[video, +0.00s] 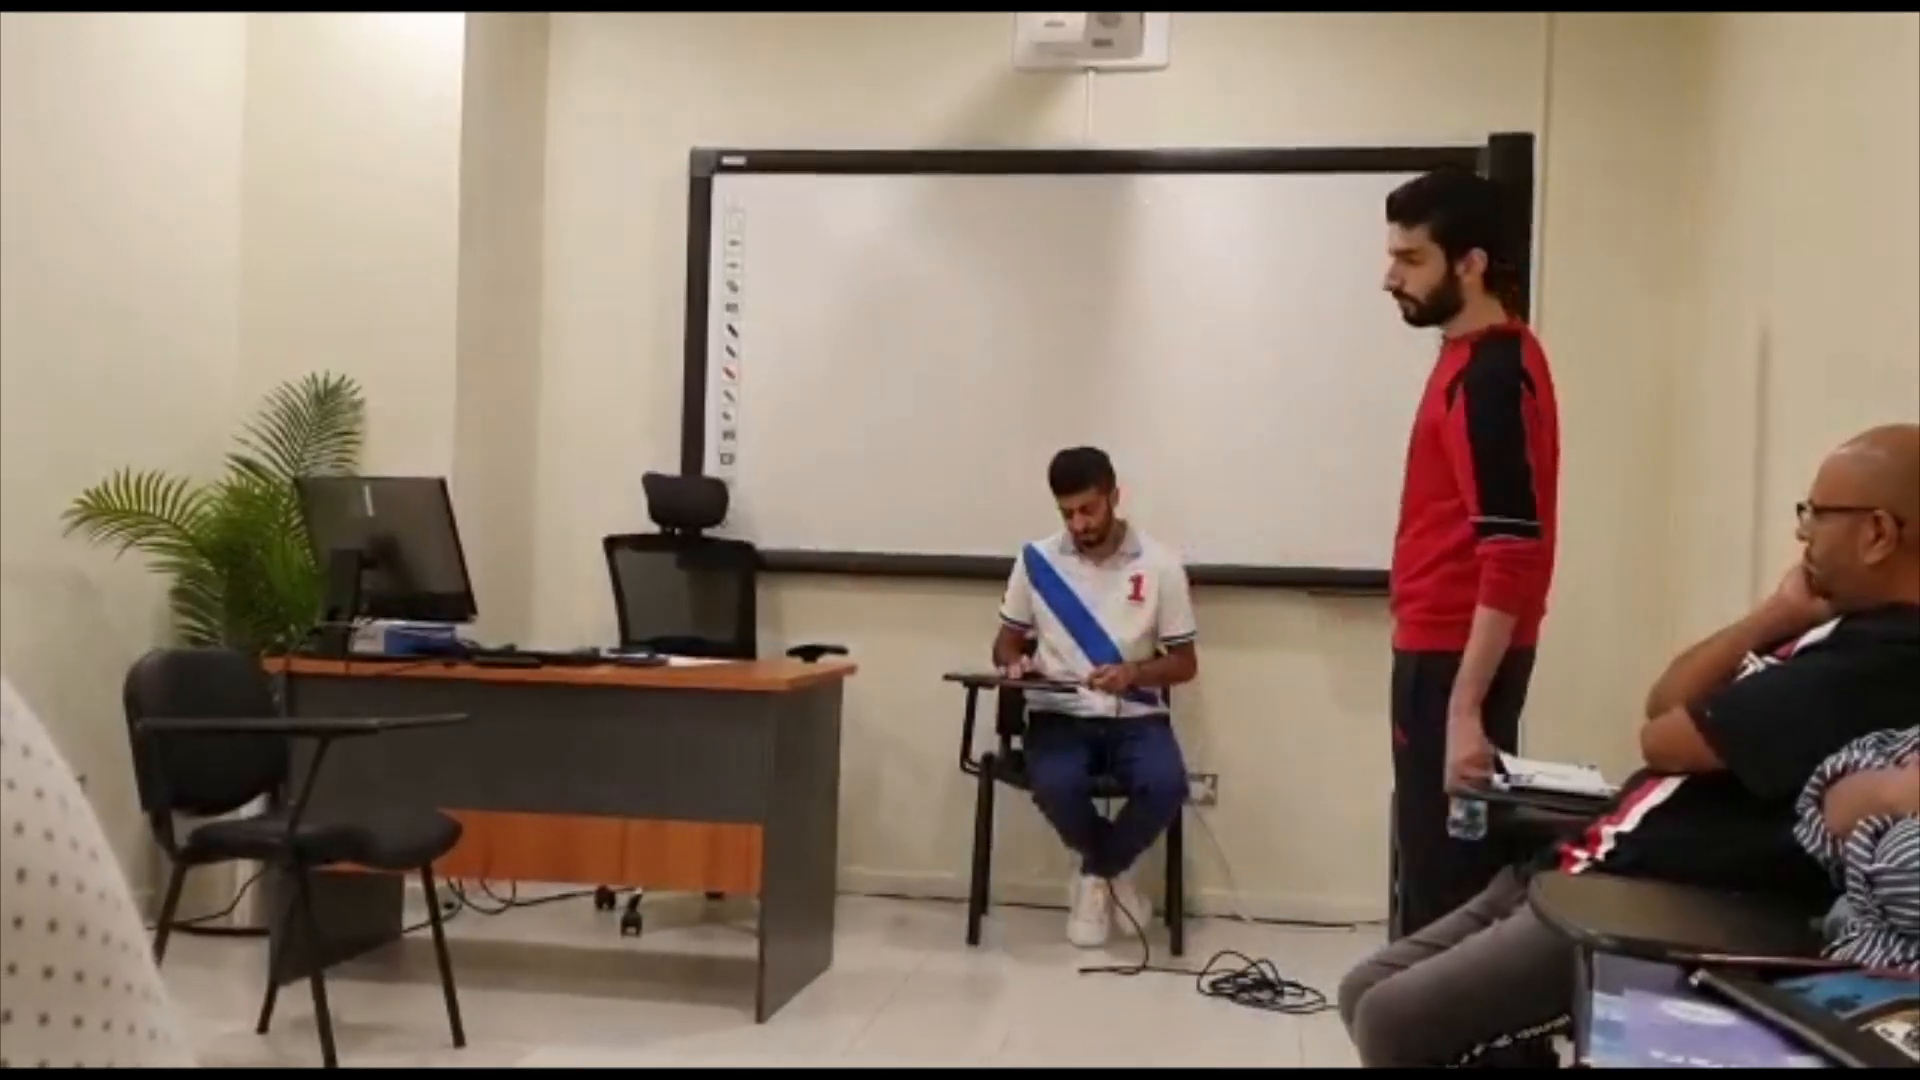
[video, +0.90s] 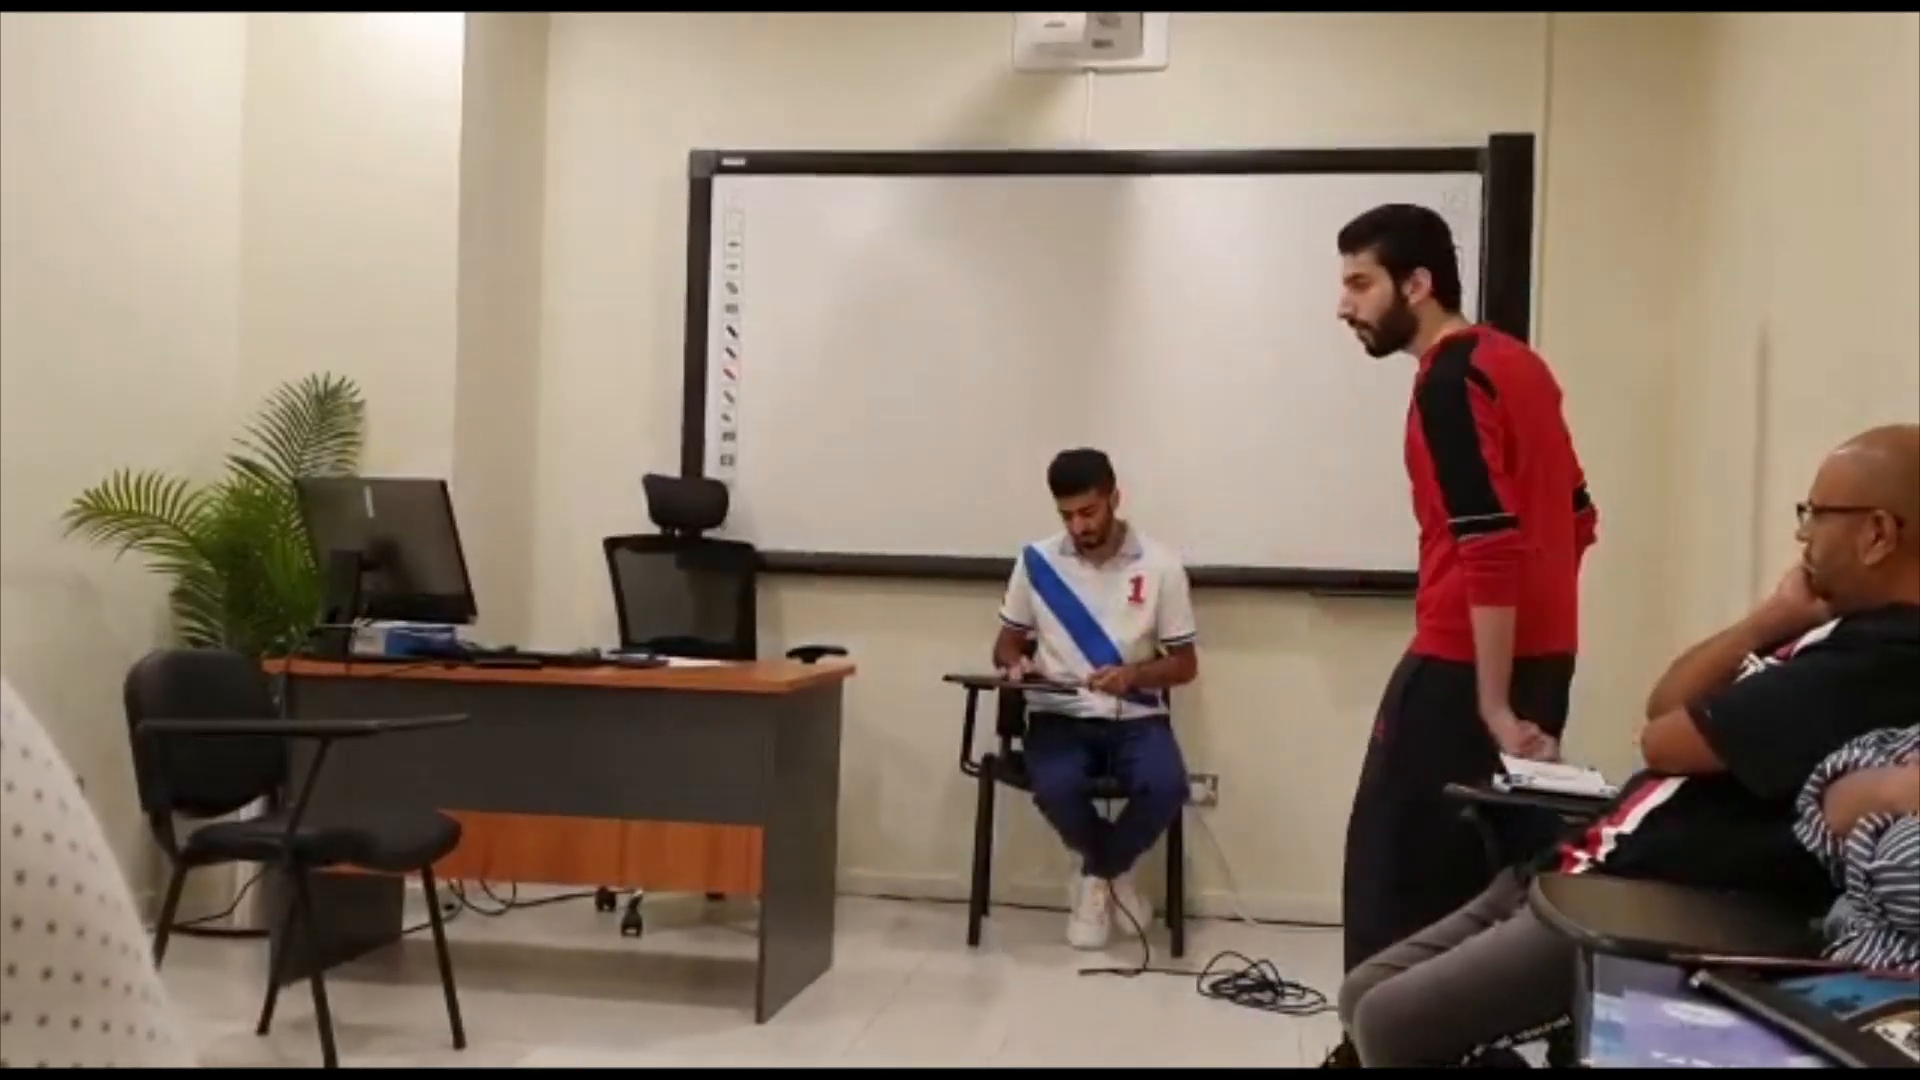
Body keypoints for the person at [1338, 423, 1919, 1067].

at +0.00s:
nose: (1800, 536)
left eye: (1814, 516)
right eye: (1805, 516)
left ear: (1879, 534)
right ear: (1879, 534)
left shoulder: (1882, 653)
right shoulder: (1853, 629)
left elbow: (1666, 744)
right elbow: (1663, 703)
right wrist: (1781, 612)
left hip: (1637, 910)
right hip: (1589, 867)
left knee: (1389, 1024)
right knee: (1364, 989)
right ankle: (1511, 1058)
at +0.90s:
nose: (1800, 537)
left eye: (1813, 517)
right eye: (1804, 516)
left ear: (1880, 534)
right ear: (1880, 535)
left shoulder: (1882, 654)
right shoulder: (1856, 630)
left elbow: (1667, 745)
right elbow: (1665, 705)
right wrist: (1781, 614)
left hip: (1635, 909)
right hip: (1585, 866)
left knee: (1387, 1023)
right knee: (1366, 989)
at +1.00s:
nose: (1800, 536)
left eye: (1813, 516)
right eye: (1805, 515)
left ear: (1880, 535)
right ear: (1880, 535)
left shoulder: (1880, 655)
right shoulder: (1857, 630)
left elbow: (1667, 744)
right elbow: (1666, 706)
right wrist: (1781, 614)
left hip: (1631, 910)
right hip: (1582, 867)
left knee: (1388, 1023)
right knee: (1367, 991)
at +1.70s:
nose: (1799, 535)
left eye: (1811, 516)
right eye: (1803, 515)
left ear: (1878, 534)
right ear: (1879, 534)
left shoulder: (1879, 654)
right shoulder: (1853, 628)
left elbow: (1664, 743)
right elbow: (1663, 702)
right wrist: (1780, 612)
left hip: (1626, 909)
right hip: (1578, 866)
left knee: (1385, 1023)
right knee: (1362, 990)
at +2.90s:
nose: (1804, 536)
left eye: (1814, 515)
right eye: (1807, 515)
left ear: (1880, 531)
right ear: (1881, 531)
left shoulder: (1884, 652)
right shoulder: (1859, 631)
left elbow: (1667, 739)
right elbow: (1666, 703)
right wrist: (1784, 610)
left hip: (1628, 911)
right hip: (1580, 867)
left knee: (1390, 1023)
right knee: (1365, 988)